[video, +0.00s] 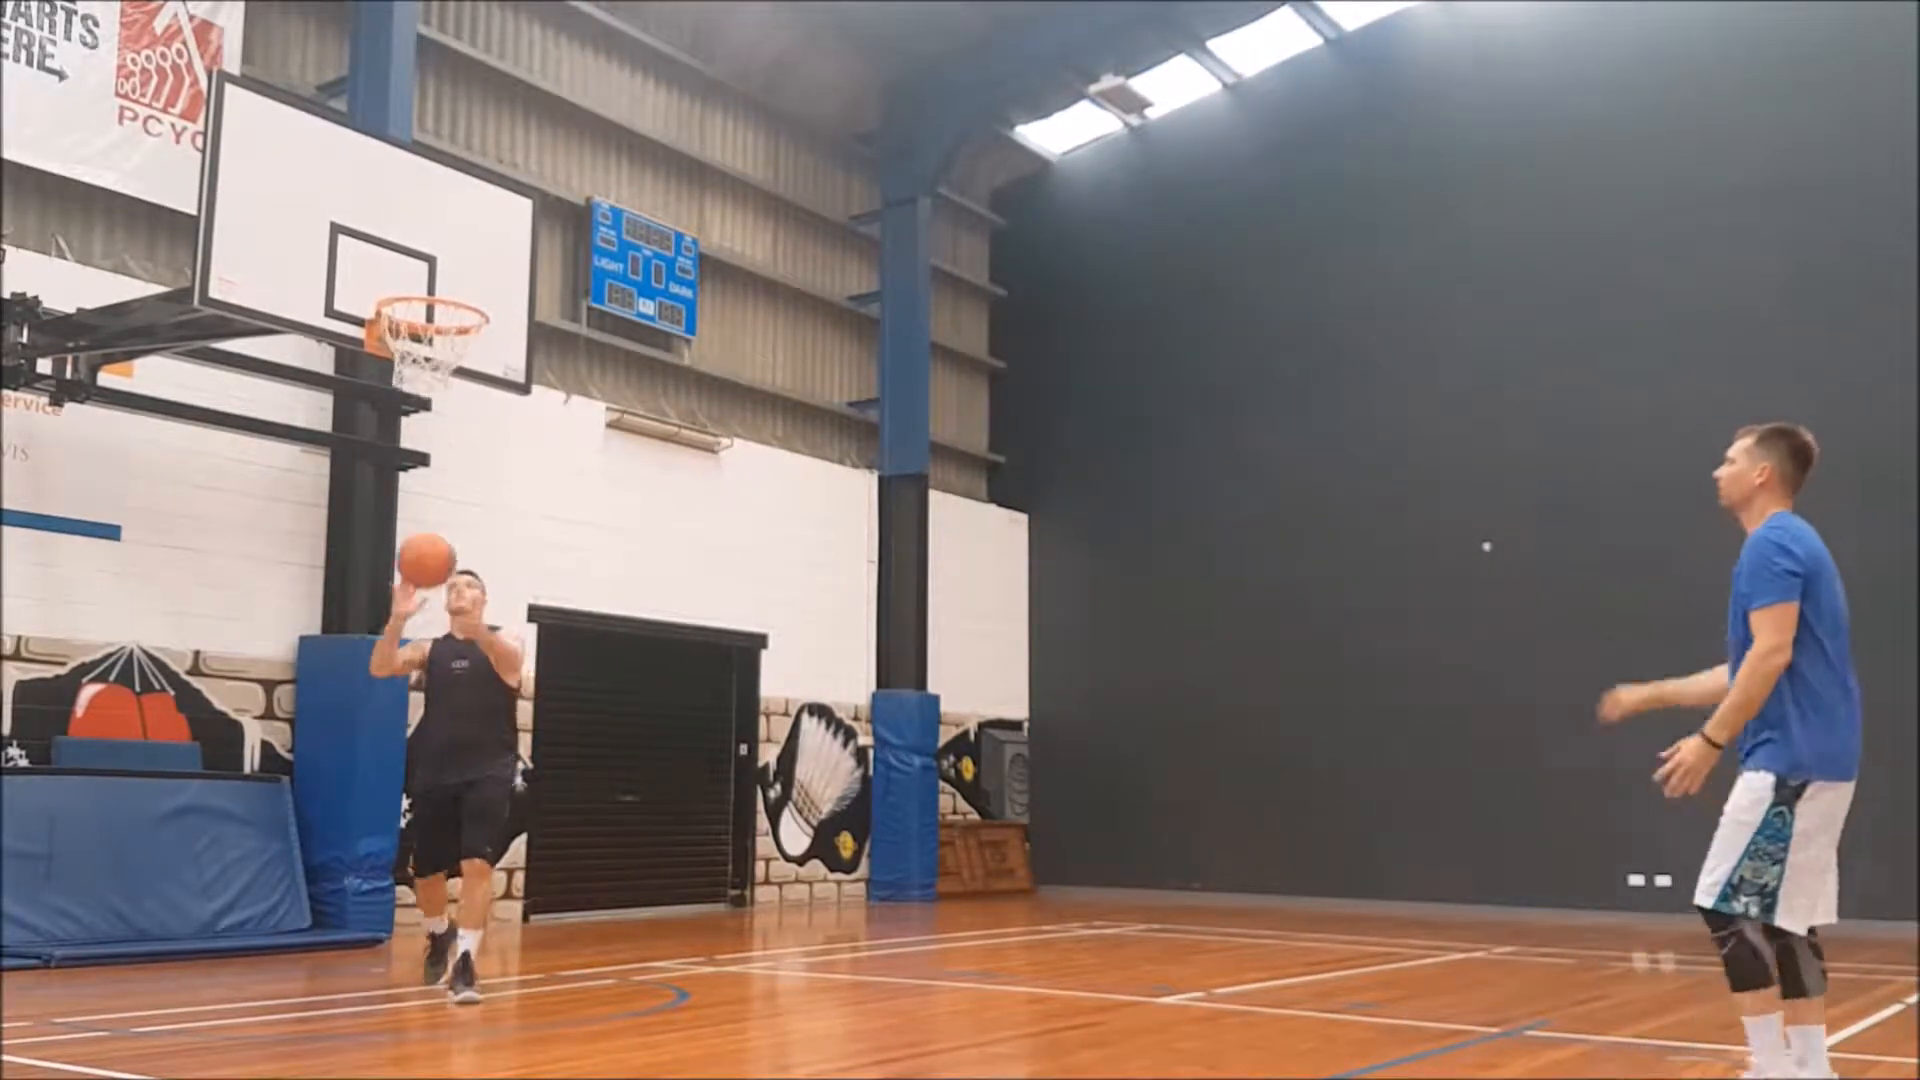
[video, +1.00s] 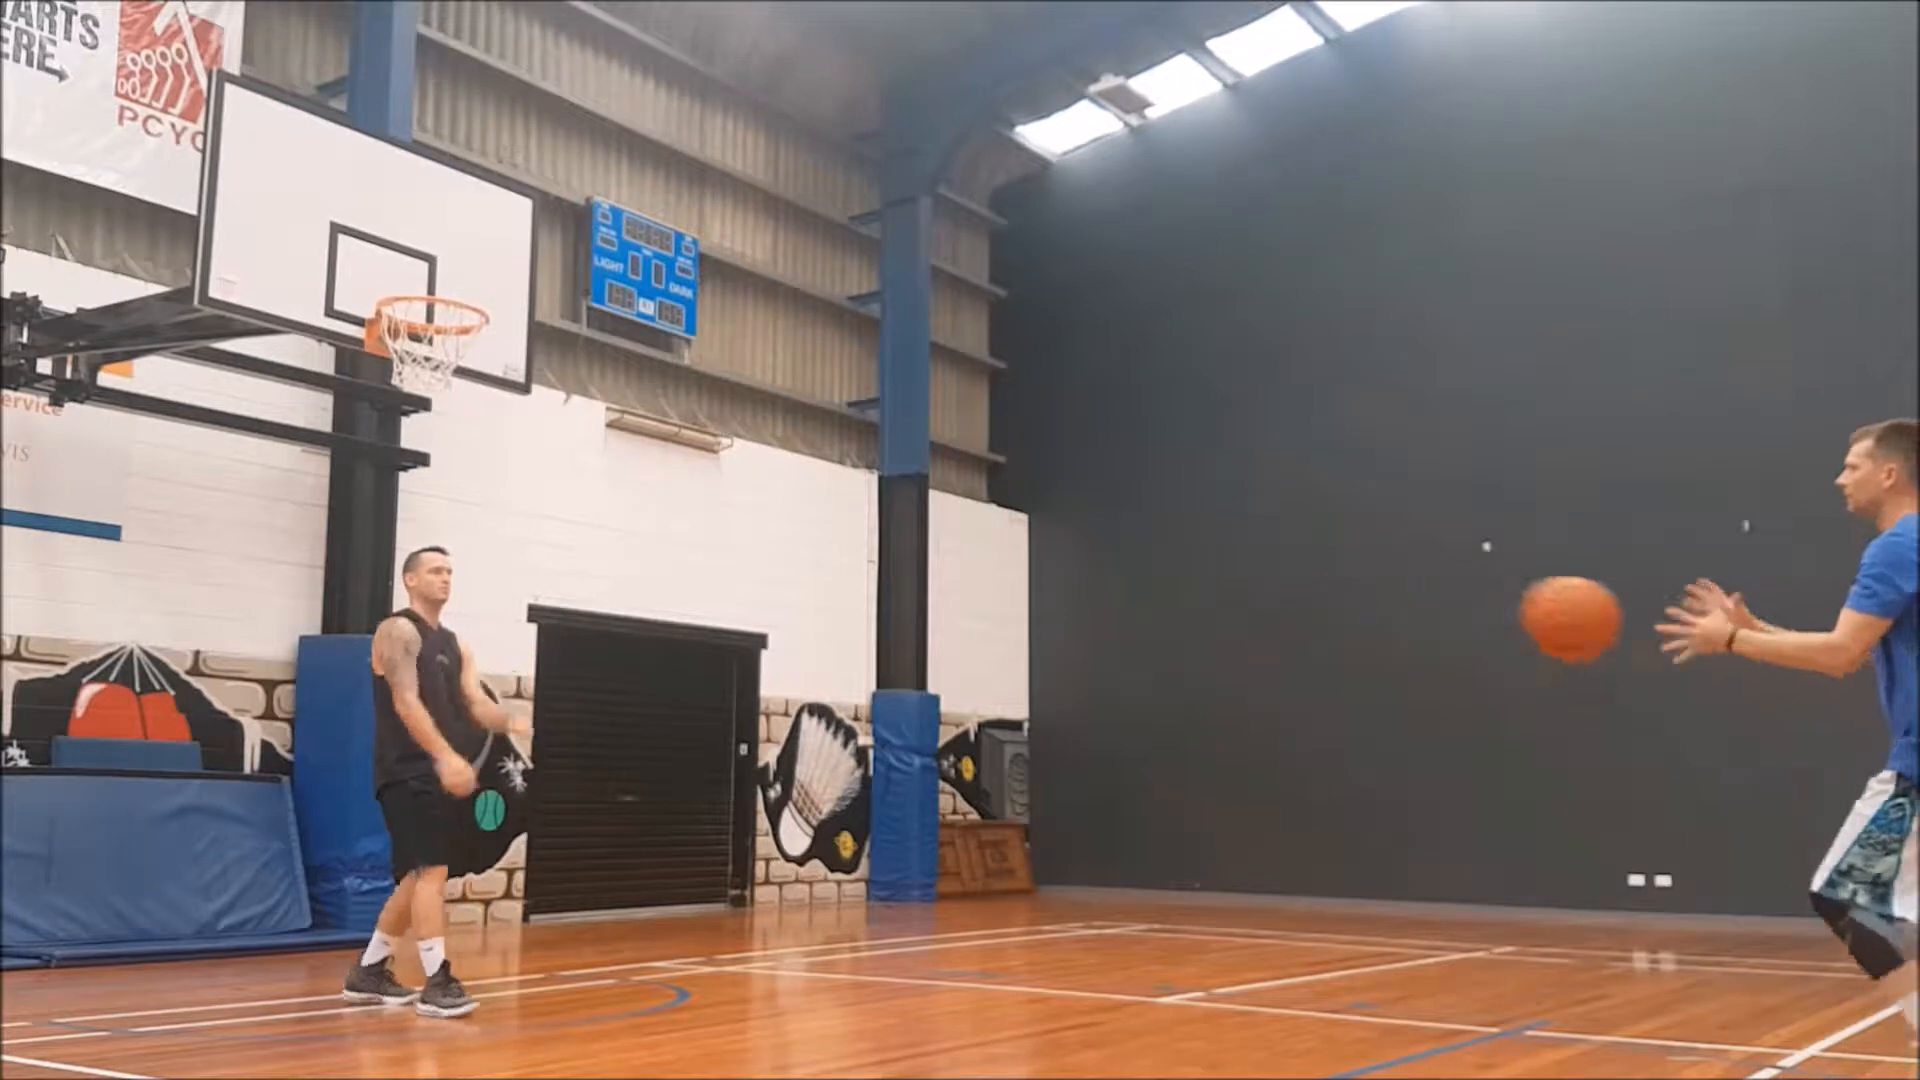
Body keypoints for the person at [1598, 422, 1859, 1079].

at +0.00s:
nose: (1717, 472)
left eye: (1728, 461)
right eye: (1722, 461)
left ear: (1762, 474)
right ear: (1767, 478)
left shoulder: (1771, 544)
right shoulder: (1792, 543)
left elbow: (1773, 654)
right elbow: (1744, 670)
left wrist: (1710, 741)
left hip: (1792, 759)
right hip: (1818, 759)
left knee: (1725, 904)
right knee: (1788, 918)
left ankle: (1772, 1066)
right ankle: (1810, 1065)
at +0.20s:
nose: (1759, 473)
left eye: (1770, 462)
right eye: (1764, 462)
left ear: (1804, 471)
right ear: (1815, 475)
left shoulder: (1807, 539)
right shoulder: (1844, 542)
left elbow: (1808, 648)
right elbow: (1858, 670)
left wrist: (1735, 726)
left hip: (1829, 766)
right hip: (1851, 763)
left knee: (1812, 920)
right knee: (1817, 918)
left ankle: (1813, 1067)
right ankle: (1809, 1062)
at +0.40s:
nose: (1806, 480)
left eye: (1816, 467)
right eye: (1811, 467)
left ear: (1852, 476)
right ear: (1861, 479)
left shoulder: (1849, 548)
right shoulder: (1897, 546)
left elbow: (1855, 659)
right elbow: (1871, 663)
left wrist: (1776, 734)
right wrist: (1782, 733)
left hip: (1890, 781)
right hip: (1870, 781)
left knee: (1907, 929)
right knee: (1840, 920)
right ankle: (1818, 1065)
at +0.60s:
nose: (1840, 477)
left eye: (1852, 464)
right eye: (1845, 464)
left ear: (1889, 472)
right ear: (1896, 474)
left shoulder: (1885, 550)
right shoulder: (1903, 544)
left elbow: (1879, 665)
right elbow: (1880, 665)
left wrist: (1793, 719)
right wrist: (1799, 719)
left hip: (1913, 783)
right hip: (1911, 781)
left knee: (1881, 903)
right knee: (1882, 903)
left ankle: (1916, 1057)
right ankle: (1913, 1057)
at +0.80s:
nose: (1860, 472)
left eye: (1871, 459)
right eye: (1863, 460)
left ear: (1906, 468)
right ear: (1904, 469)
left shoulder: (1902, 542)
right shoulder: (1906, 542)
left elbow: (1868, 654)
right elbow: (1906, 678)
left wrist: (1769, 664)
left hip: (1918, 773)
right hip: (1915, 771)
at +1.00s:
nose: (1841, 479)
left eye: (1852, 466)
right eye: (1845, 466)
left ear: (1890, 473)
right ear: (1894, 476)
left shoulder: (1897, 548)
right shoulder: (1902, 546)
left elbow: (1842, 654)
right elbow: (1846, 652)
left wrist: (1732, 639)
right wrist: (1755, 629)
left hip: (1911, 765)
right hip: (1909, 761)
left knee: (1846, 895)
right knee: (1851, 897)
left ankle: (1916, 1017)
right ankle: (1913, 1017)